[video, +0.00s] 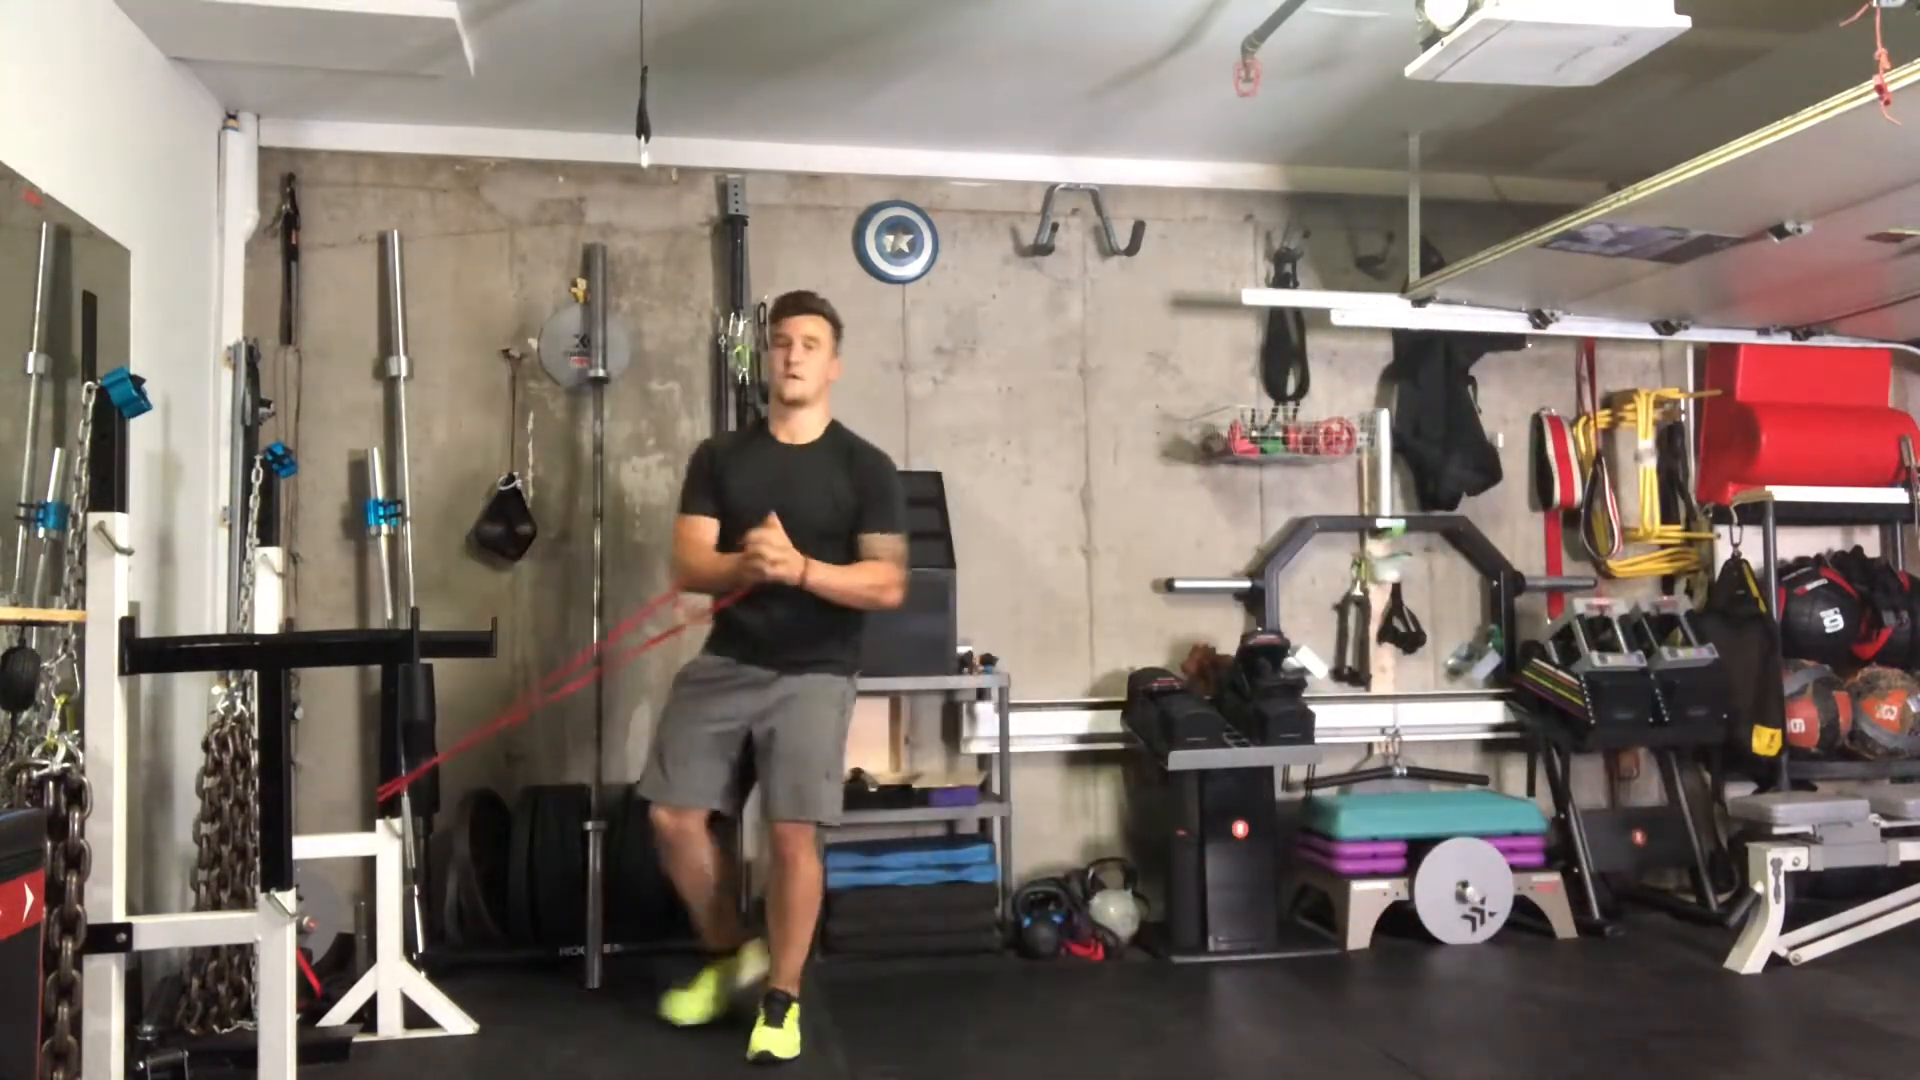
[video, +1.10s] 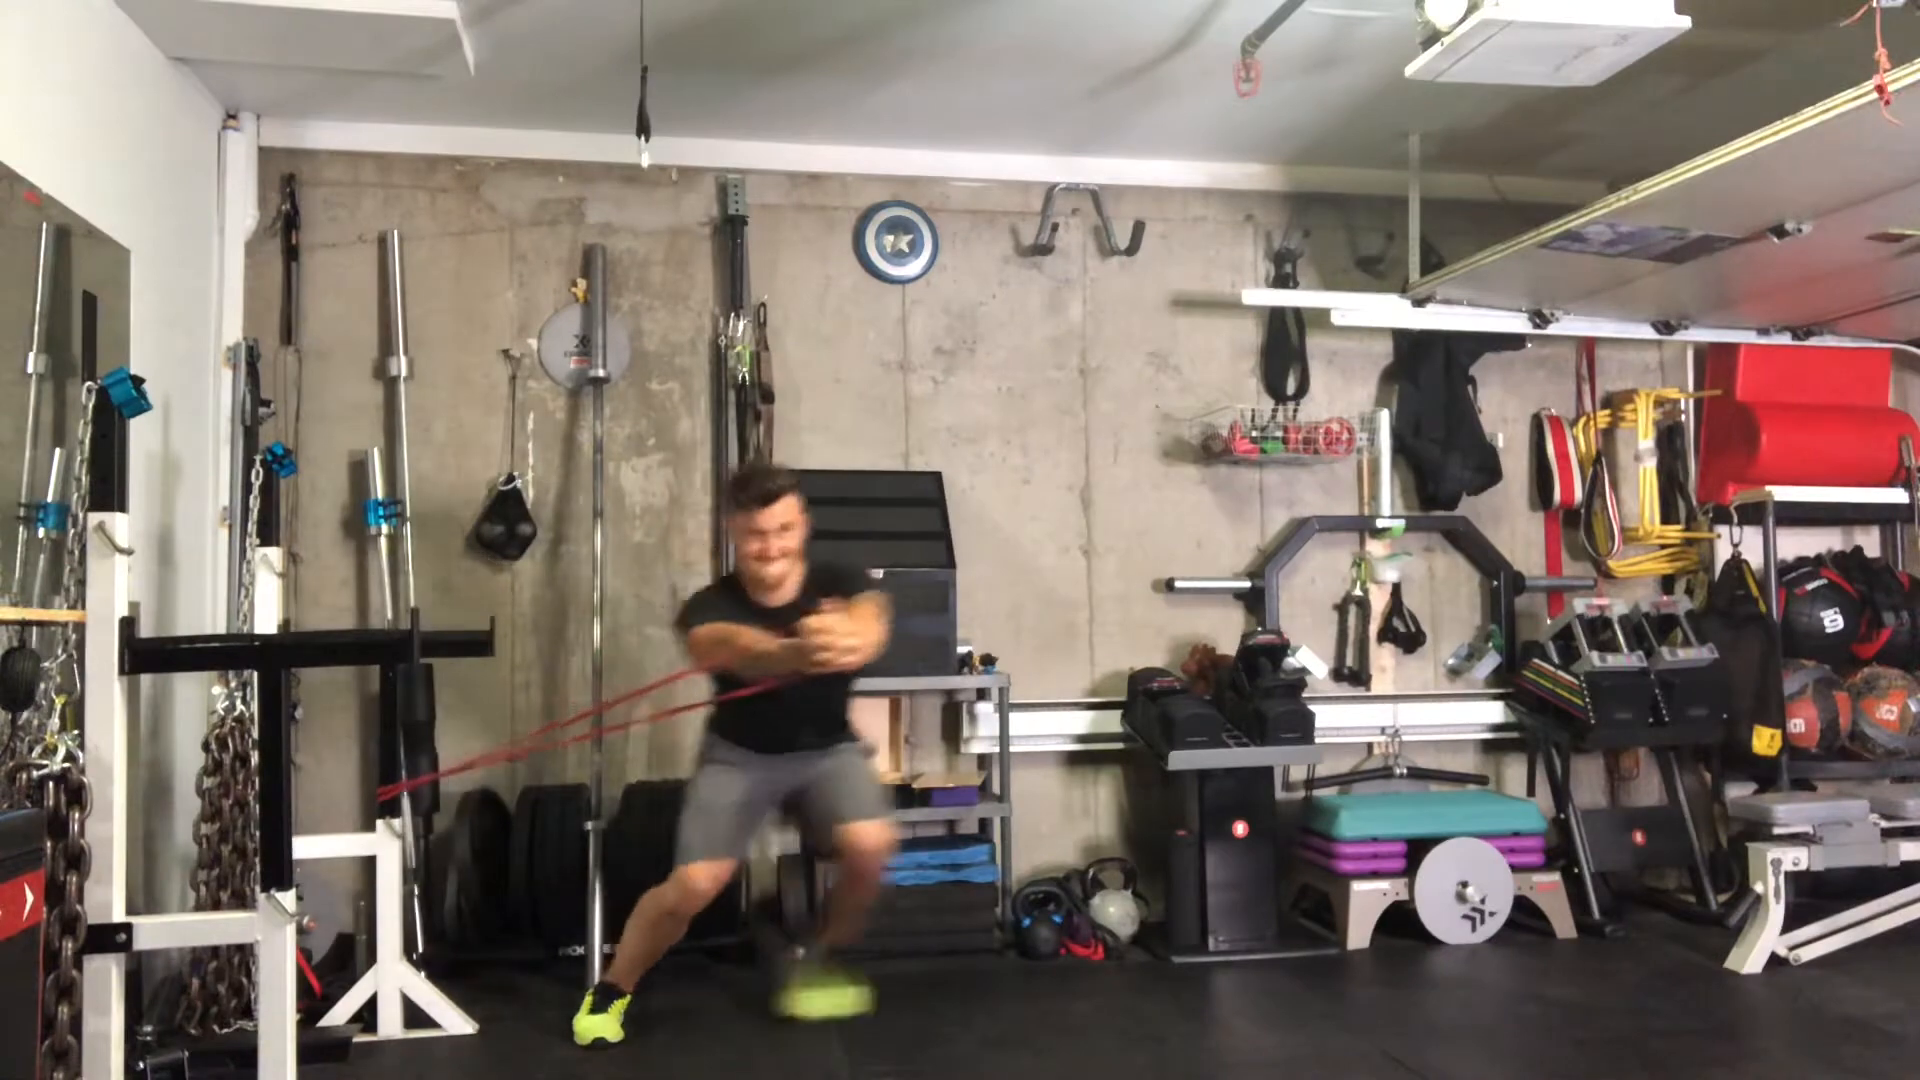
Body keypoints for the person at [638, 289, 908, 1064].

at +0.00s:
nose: (792, 357)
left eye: (809, 345)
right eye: (781, 344)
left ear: (834, 364)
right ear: (764, 359)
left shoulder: (868, 468)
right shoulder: (719, 458)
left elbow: (888, 585)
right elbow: (688, 568)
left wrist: (799, 568)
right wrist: (745, 564)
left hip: (813, 674)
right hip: (723, 666)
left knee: (793, 829)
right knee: (674, 814)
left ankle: (783, 997)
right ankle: (728, 952)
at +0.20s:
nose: (757, 366)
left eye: (772, 353)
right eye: (743, 353)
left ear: (796, 370)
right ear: (724, 367)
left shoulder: (832, 472)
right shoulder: (682, 465)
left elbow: (847, 579)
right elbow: (659, 571)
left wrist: (775, 555)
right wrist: (728, 552)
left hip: (794, 681)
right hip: (702, 677)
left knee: (790, 832)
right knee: (659, 833)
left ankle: (784, 1000)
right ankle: (620, 980)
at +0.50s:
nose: (701, 434)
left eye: (717, 420)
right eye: (688, 421)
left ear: (745, 431)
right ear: (672, 432)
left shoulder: (777, 518)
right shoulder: (628, 516)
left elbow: (774, 569)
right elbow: (646, 574)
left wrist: (749, 583)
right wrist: (694, 582)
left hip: (752, 698)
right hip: (657, 702)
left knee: (756, 822)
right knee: (640, 843)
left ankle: (758, 974)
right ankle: (606, 990)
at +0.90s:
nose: (730, 546)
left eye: (743, 531)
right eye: (715, 532)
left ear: (763, 531)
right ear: (691, 533)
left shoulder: (793, 593)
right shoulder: (652, 600)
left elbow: (810, 629)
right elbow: (663, 639)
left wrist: (784, 640)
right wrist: (727, 643)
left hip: (763, 757)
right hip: (676, 753)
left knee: (730, 859)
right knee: (662, 865)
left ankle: (746, 980)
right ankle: (610, 989)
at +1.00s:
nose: (744, 553)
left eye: (756, 537)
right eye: (728, 539)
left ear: (775, 533)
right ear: (702, 539)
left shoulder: (807, 589)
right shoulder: (673, 608)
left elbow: (830, 624)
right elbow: (678, 650)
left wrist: (806, 646)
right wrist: (751, 654)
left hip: (789, 756)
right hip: (701, 755)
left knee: (779, 858)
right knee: (683, 874)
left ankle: (750, 978)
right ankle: (611, 990)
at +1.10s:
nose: (771, 547)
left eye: (784, 532)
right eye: (756, 534)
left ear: (804, 530)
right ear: (731, 536)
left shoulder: (840, 584)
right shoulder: (709, 608)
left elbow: (873, 620)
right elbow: (720, 652)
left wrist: (853, 637)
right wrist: (799, 653)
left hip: (827, 753)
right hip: (737, 758)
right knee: (695, 885)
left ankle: (821, 961)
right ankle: (613, 990)